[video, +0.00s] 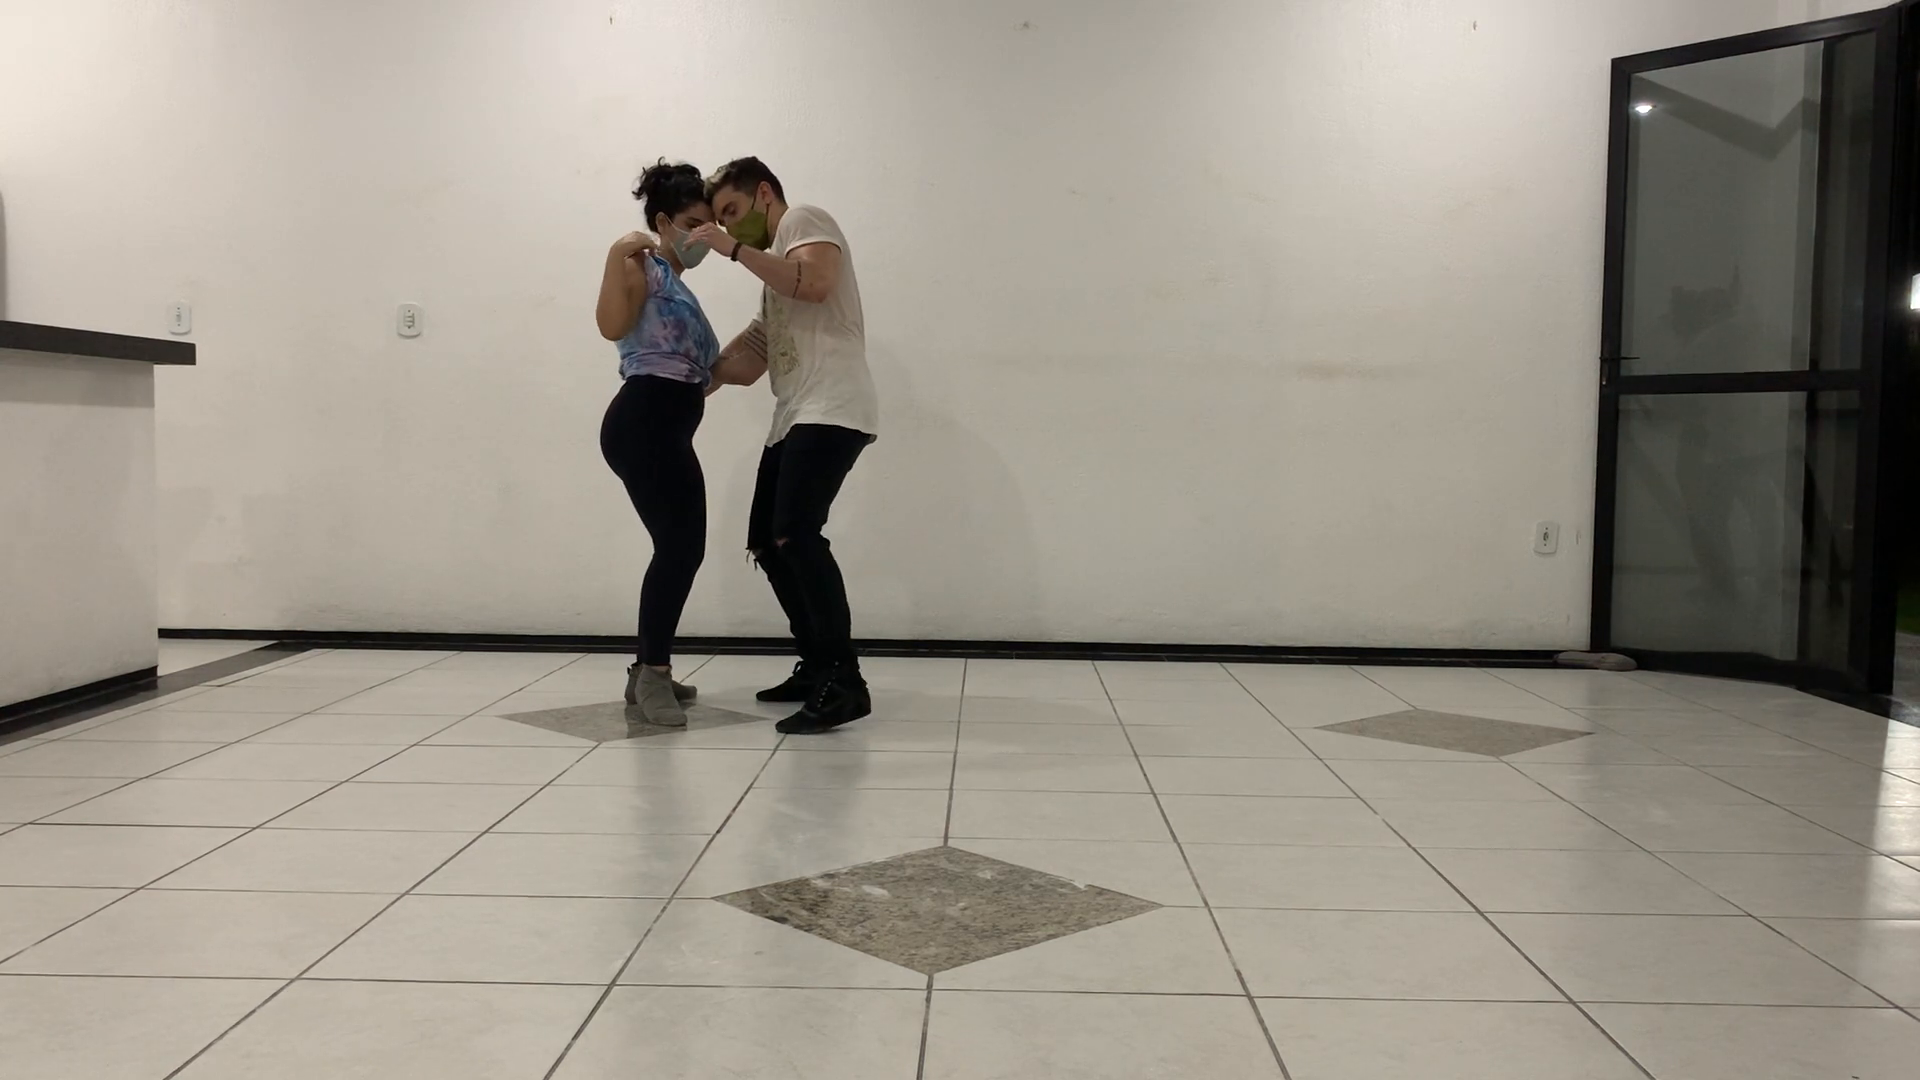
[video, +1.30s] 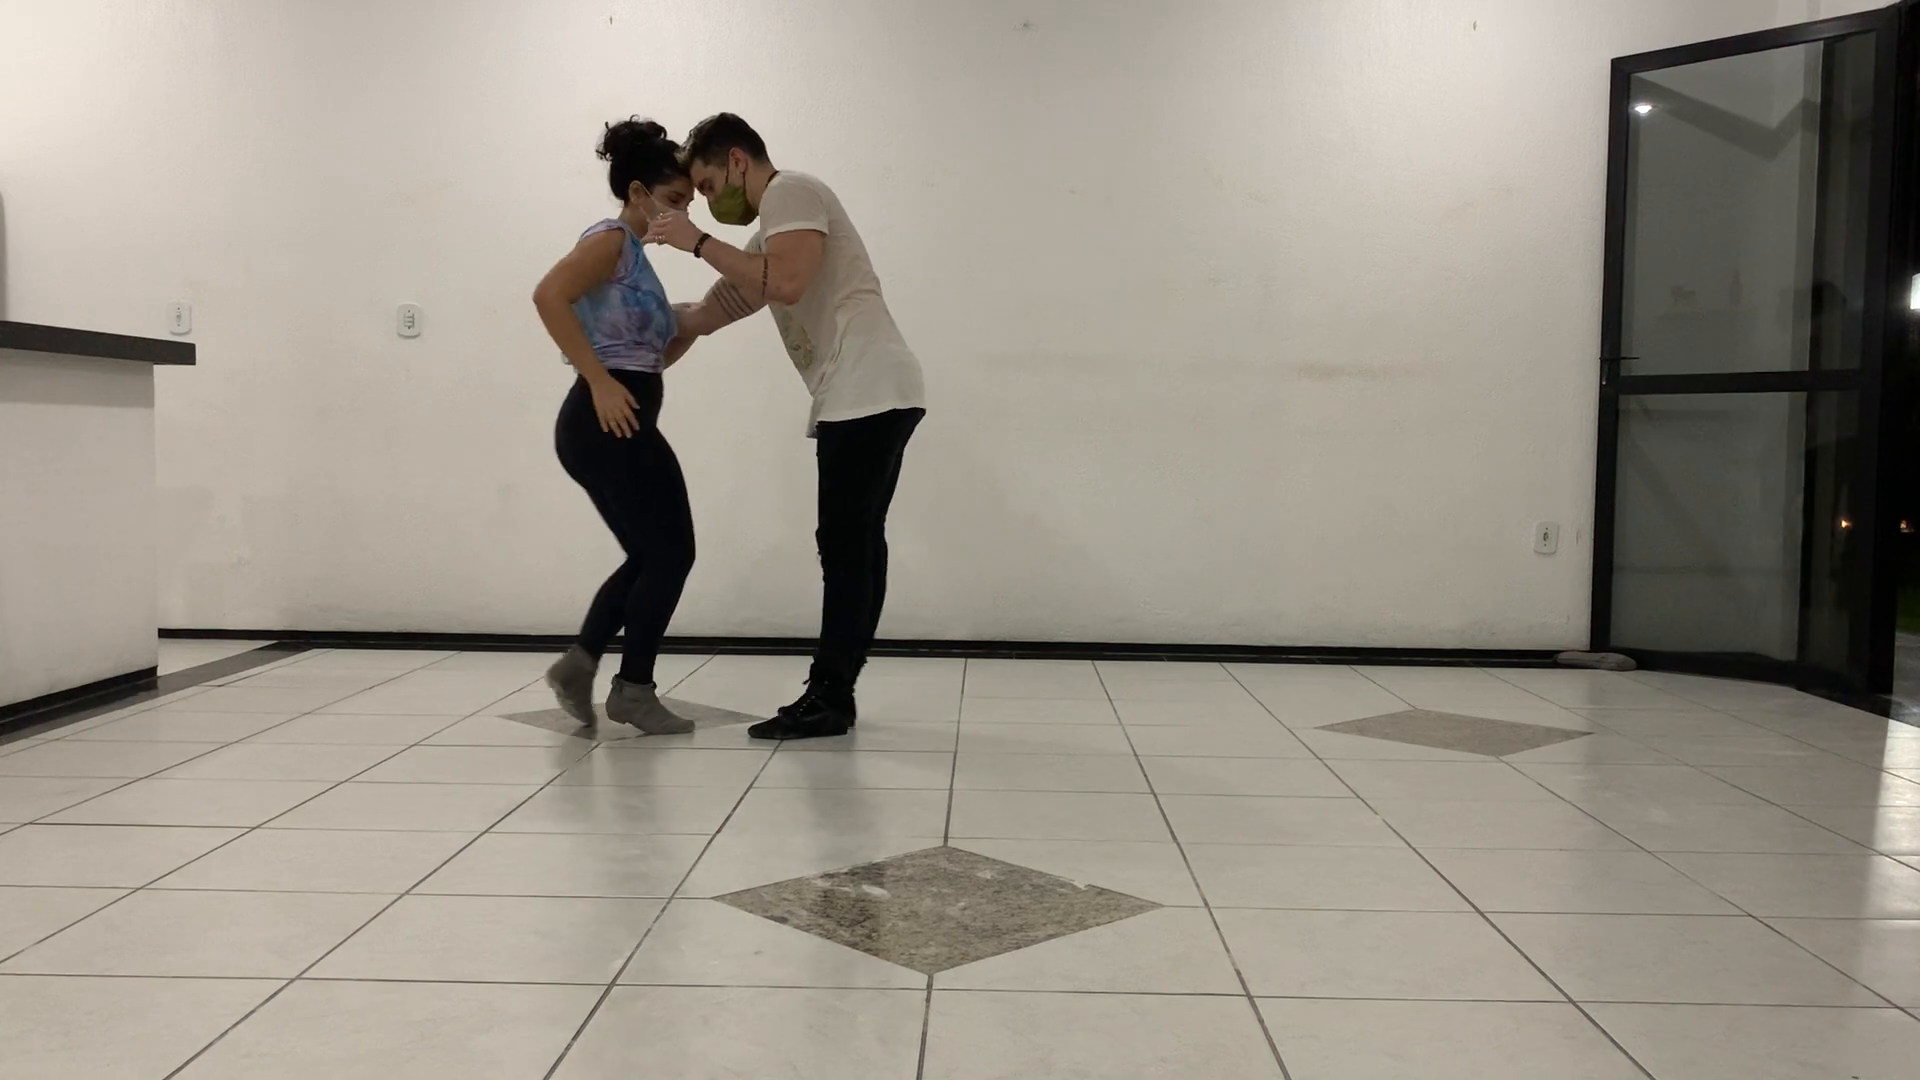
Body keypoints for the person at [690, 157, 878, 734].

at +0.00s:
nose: (730, 231)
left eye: (732, 214)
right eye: (722, 222)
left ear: (766, 194)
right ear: (748, 214)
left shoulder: (808, 220)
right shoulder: (775, 285)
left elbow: (812, 284)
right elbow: (744, 364)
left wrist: (735, 249)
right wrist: (682, 362)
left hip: (834, 406)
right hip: (794, 415)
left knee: (795, 532)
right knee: (767, 541)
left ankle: (845, 682)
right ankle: (816, 665)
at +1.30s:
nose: (707, 197)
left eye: (708, 181)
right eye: (701, 188)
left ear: (739, 159)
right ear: (741, 166)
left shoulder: (792, 192)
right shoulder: (772, 233)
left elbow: (786, 282)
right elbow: (709, 312)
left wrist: (697, 240)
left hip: (867, 392)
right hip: (864, 395)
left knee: (844, 541)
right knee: (858, 542)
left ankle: (831, 699)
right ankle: (833, 695)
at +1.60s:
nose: (689, 204)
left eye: (689, 189)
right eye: (683, 195)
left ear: (720, 165)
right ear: (722, 171)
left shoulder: (780, 196)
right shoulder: (756, 234)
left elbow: (798, 281)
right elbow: (682, 306)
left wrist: (702, 254)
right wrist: (596, 319)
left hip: (860, 396)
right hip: (874, 393)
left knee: (842, 551)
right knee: (895, 540)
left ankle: (824, 701)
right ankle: (928, 690)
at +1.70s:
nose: (683, 203)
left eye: (684, 185)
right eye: (676, 193)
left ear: (714, 160)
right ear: (714, 169)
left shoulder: (778, 193)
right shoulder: (745, 240)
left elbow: (801, 275)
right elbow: (675, 310)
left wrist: (705, 250)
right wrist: (590, 320)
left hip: (855, 396)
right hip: (853, 397)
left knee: (835, 546)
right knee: (873, 536)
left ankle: (825, 699)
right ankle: (963, 665)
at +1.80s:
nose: (677, 203)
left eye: (677, 186)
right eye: (672, 194)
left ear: (711, 163)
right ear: (709, 172)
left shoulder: (776, 193)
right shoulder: (739, 241)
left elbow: (802, 273)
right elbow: (670, 316)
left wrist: (703, 244)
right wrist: (577, 320)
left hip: (852, 393)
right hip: (824, 400)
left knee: (825, 543)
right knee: (832, 540)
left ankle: (825, 703)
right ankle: (978, 579)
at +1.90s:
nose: (672, 201)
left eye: (673, 184)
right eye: (666, 192)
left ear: (707, 160)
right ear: (701, 171)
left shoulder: (774, 194)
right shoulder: (730, 245)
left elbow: (801, 274)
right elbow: (667, 322)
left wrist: (707, 245)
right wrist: (583, 350)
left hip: (847, 392)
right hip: (804, 402)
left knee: (812, 537)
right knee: (783, 534)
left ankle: (824, 701)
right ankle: (930, 496)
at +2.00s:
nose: (670, 201)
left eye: (671, 185)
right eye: (664, 191)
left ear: (704, 160)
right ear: (702, 168)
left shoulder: (773, 195)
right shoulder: (726, 240)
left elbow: (800, 280)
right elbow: (665, 328)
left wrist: (704, 246)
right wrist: (578, 347)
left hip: (836, 395)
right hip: (788, 401)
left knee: (798, 540)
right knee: (729, 512)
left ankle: (824, 702)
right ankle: (873, 496)